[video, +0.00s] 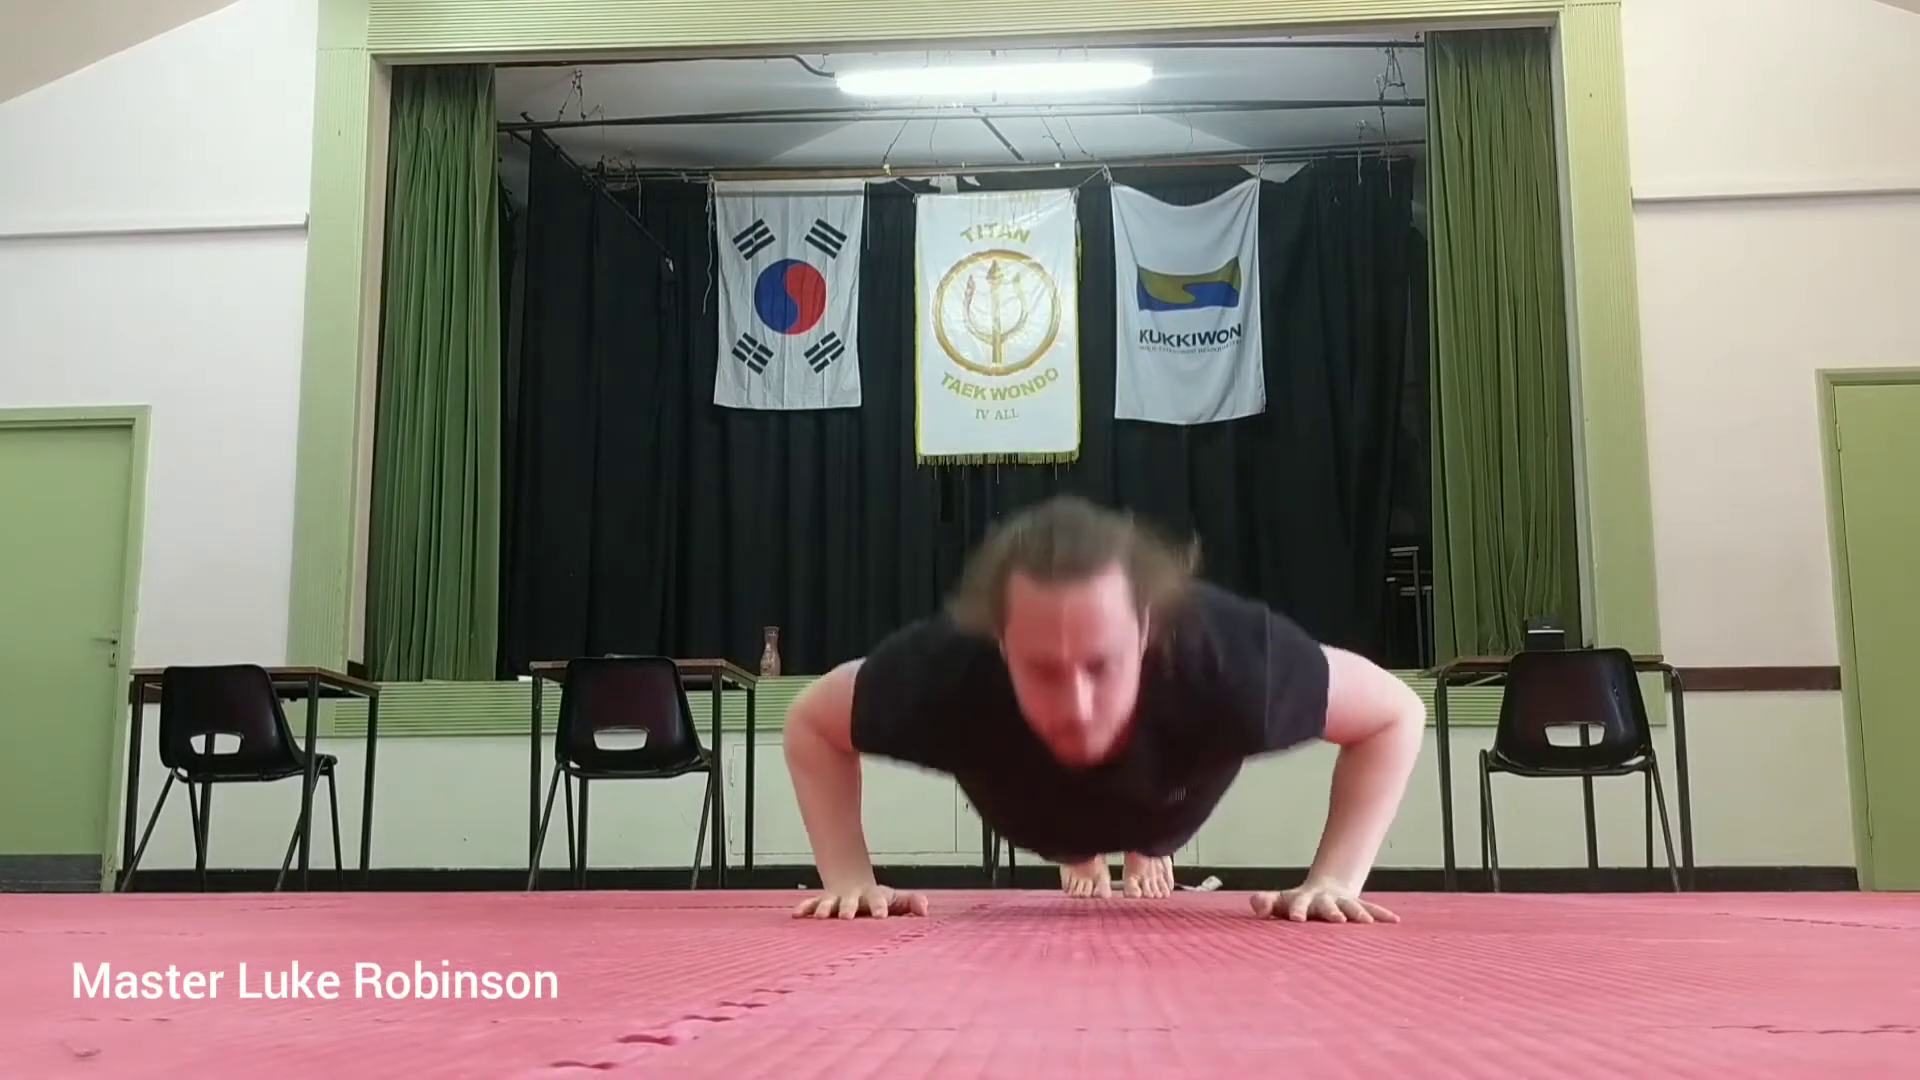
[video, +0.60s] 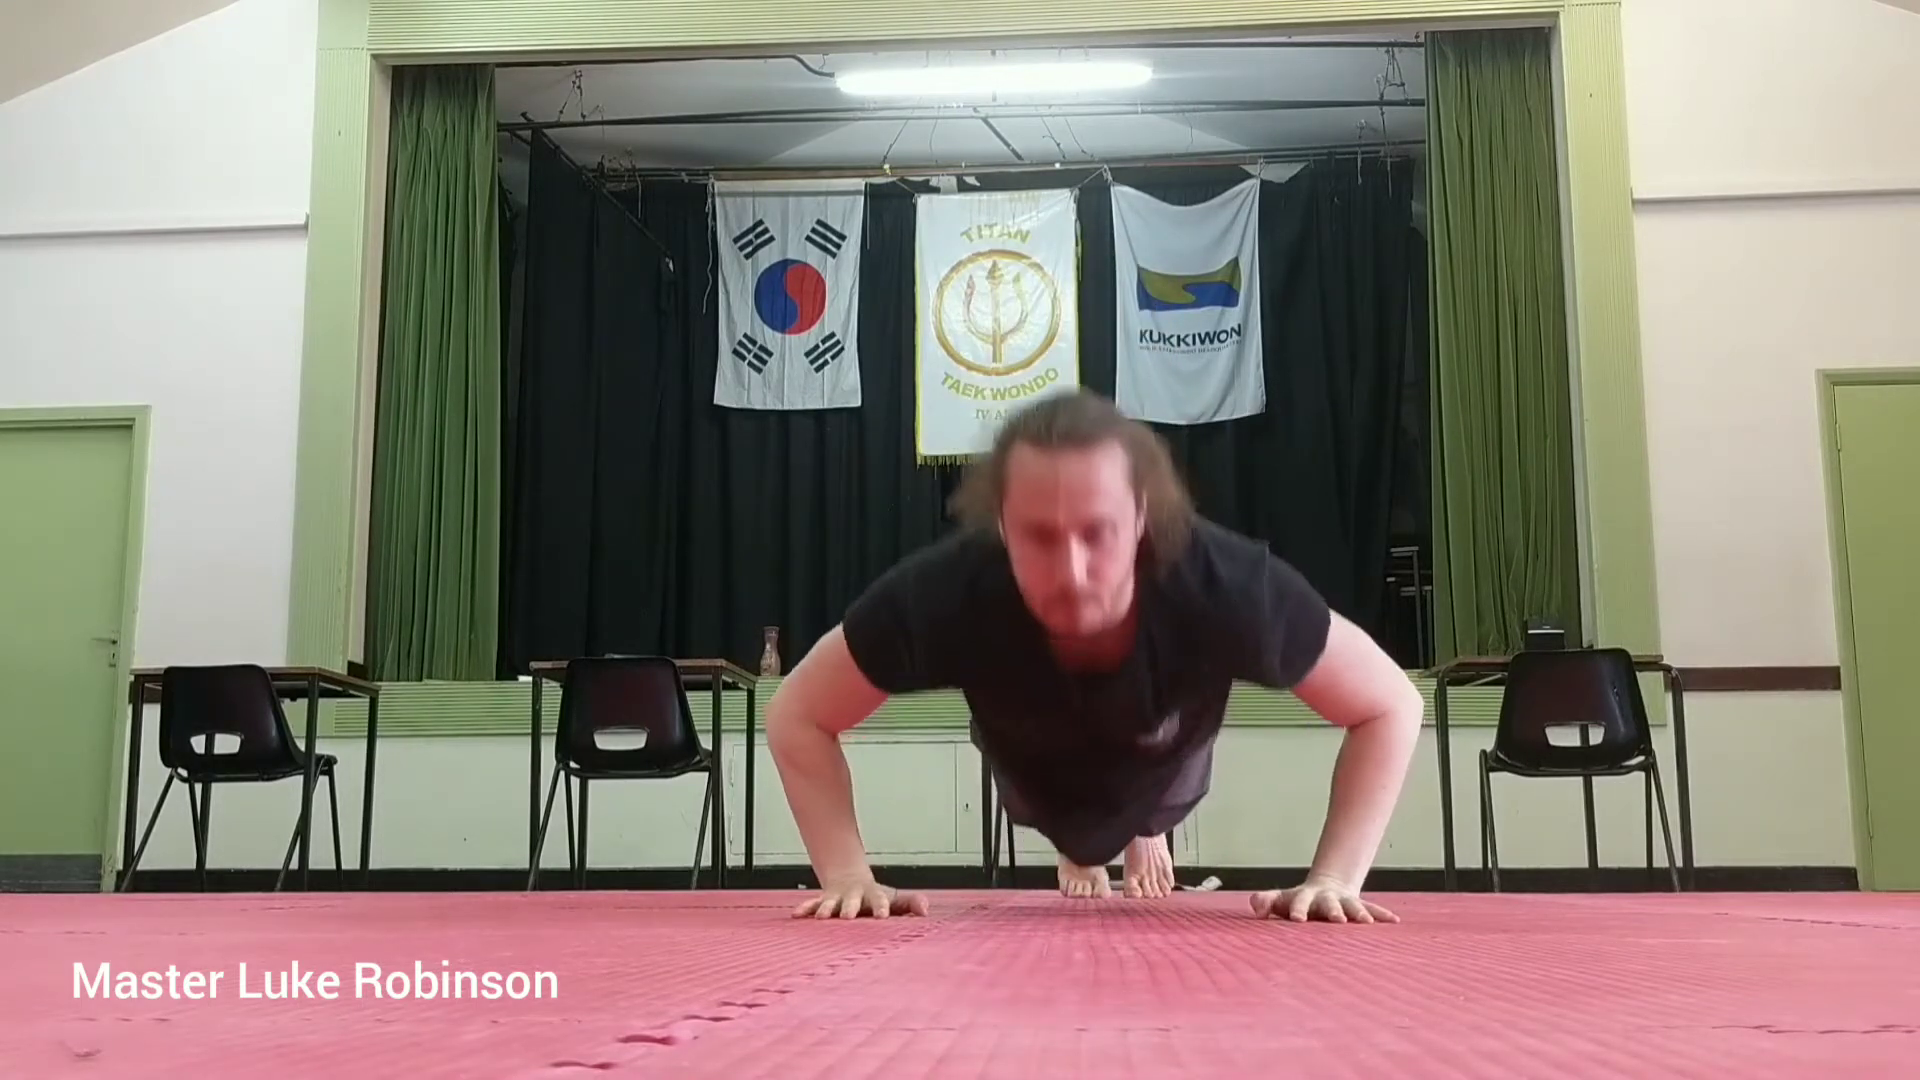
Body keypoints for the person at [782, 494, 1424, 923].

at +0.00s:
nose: (1076, 700)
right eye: (1046, 672)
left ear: (1145, 635)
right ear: (1003, 646)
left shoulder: (1229, 662)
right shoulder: (948, 675)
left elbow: (1394, 716)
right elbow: (813, 723)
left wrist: (1337, 878)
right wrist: (848, 880)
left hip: (1167, 795)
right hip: (1032, 806)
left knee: (1146, 822)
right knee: (1067, 833)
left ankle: (1144, 851)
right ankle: (1082, 855)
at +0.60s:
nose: (1071, 569)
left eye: (1095, 535)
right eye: (1043, 537)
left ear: (1141, 522)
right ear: (1003, 527)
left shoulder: (1225, 588)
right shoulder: (948, 596)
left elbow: (1390, 708)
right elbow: (798, 720)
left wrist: (1336, 877)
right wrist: (846, 872)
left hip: (1166, 773)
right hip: (1040, 784)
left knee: (1155, 816)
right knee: (1074, 830)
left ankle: (1148, 845)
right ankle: (1081, 860)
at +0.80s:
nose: (1066, 439)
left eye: (1089, 403)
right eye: (1036, 407)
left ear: (1130, 391)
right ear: (996, 403)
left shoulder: (1213, 492)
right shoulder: (940, 502)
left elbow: (1348, 683)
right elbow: (836, 700)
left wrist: (1332, 875)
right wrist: (847, 878)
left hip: (1158, 687)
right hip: (1031, 692)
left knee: (1149, 762)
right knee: (1057, 767)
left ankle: (1141, 814)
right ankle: (1078, 822)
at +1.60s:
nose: (1080, 476)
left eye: (1103, 445)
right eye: (1050, 448)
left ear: (1145, 410)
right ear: (1014, 422)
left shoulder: (1232, 453)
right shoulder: (975, 471)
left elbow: (1305, 673)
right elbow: (836, 630)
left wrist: (1331, 875)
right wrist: (728, 793)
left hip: (1198, 639)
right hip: (1080, 631)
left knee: (1174, 741)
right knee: (1075, 721)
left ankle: (1139, 812)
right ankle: (1059, 834)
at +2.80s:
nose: (1066, 533)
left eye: (1088, 507)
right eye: (1037, 511)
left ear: (1132, 467)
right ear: (995, 479)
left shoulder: (1204, 523)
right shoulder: (936, 523)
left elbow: (1336, 711)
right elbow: (816, 712)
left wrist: (1483, 885)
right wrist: (666, 889)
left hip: (1134, 676)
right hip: (1013, 685)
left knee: (1129, 765)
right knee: (1039, 776)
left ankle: (1128, 847)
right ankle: (1050, 855)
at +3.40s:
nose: (1072, 542)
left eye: (1093, 516)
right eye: (1041, 520)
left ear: (1142, 475)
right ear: (997, 488)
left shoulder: (1217, 524)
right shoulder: (946, 532)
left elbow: (1357, 722)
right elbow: (819, 732)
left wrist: (1518, 891)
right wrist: (664, 889)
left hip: (1151, 675)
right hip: (1028, 689)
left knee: (1138, 757)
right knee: (1048, 762)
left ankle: (1135, 849)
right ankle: (1062, 852)